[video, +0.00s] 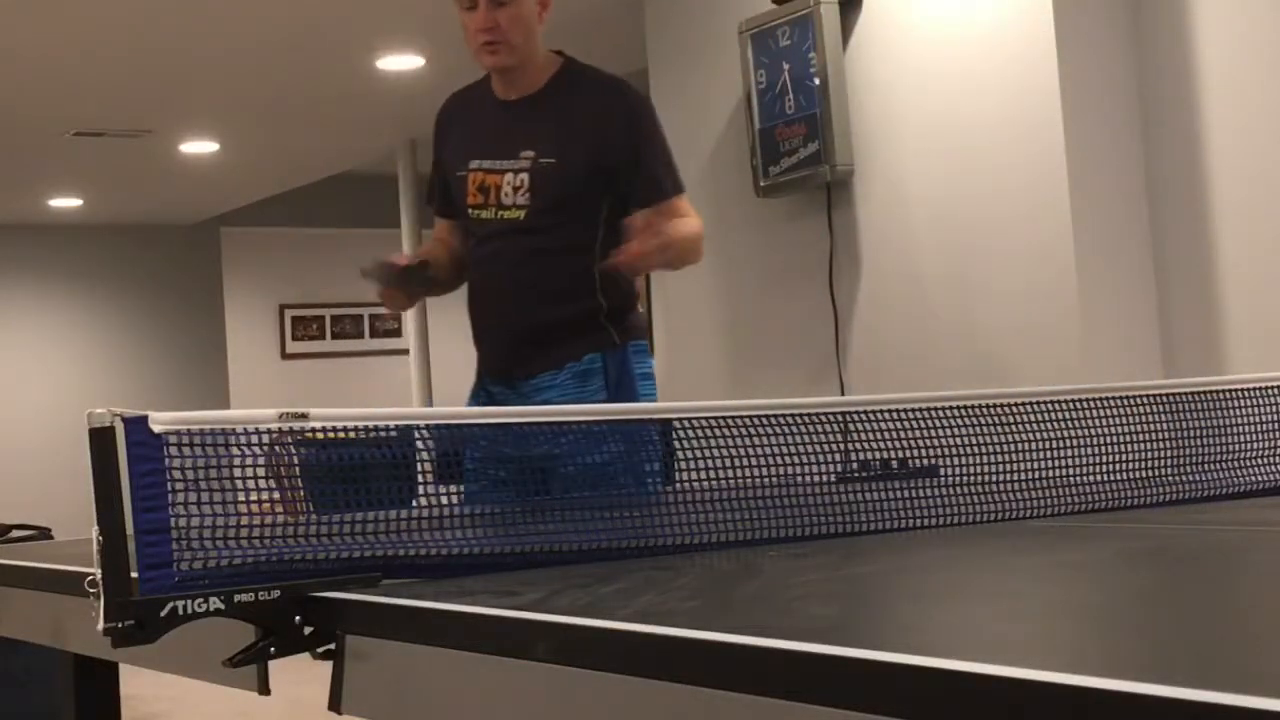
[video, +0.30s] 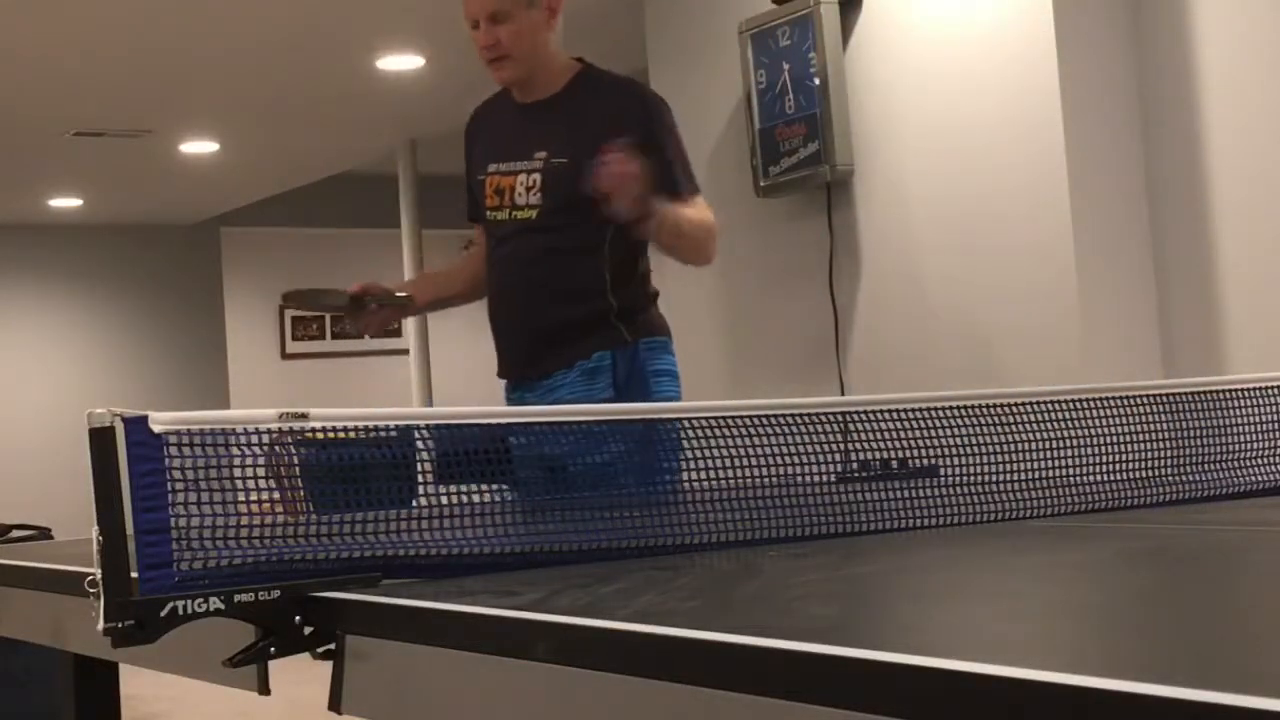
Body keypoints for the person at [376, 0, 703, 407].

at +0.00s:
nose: (485, 22)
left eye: (502, 4)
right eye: (471, 8)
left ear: (542, 9)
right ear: (460, 19)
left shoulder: (611, 104)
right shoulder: (458, 114)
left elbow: (687, 233)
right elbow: (451, 243)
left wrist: (656, 245)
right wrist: (415, 275)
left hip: (595, 374)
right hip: (499, 384)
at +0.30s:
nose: (485, 40)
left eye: (500, 19)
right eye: (475, 26)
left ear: (550, 13)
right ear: (467, 31)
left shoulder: (628, 106)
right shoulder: (486, 124)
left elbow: (703, 245)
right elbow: (488, 259)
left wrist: (644, 208)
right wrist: (402, 297)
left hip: (618, 371)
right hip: (529, 382)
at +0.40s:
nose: (480, 54)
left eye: (492, 33)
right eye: (472, 39)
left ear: (545, 20)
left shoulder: (627, 111)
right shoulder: (490, 131)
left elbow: (679, 247)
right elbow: (503, 263)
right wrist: (422, 303)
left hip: (623, 372)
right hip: (538, 385)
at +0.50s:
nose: (475, 61)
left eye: (486, 40)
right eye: (468, 45)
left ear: (539, 28)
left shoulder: (620, 113)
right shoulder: (493, 136)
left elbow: (654, 251)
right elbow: (512, 271)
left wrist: (516, 239)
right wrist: (448, 287)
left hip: (631, 373)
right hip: (548, 387)